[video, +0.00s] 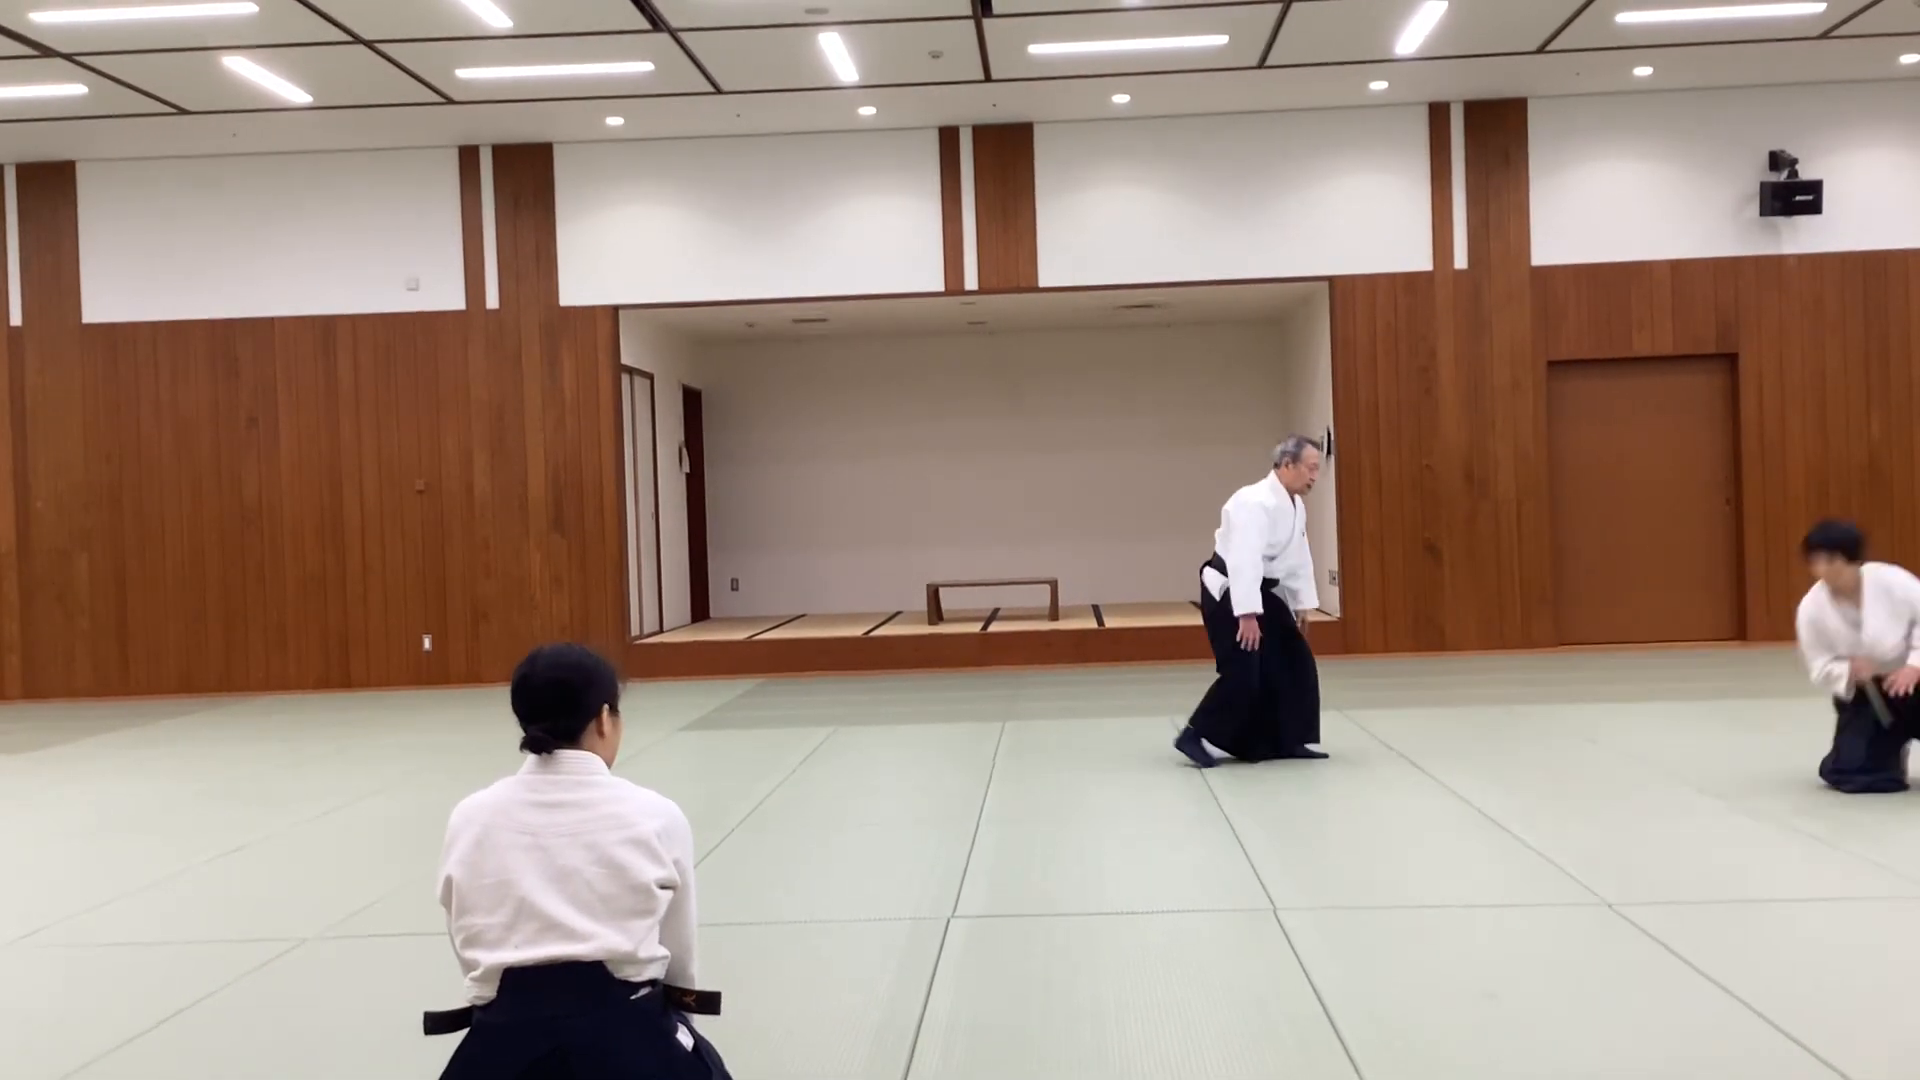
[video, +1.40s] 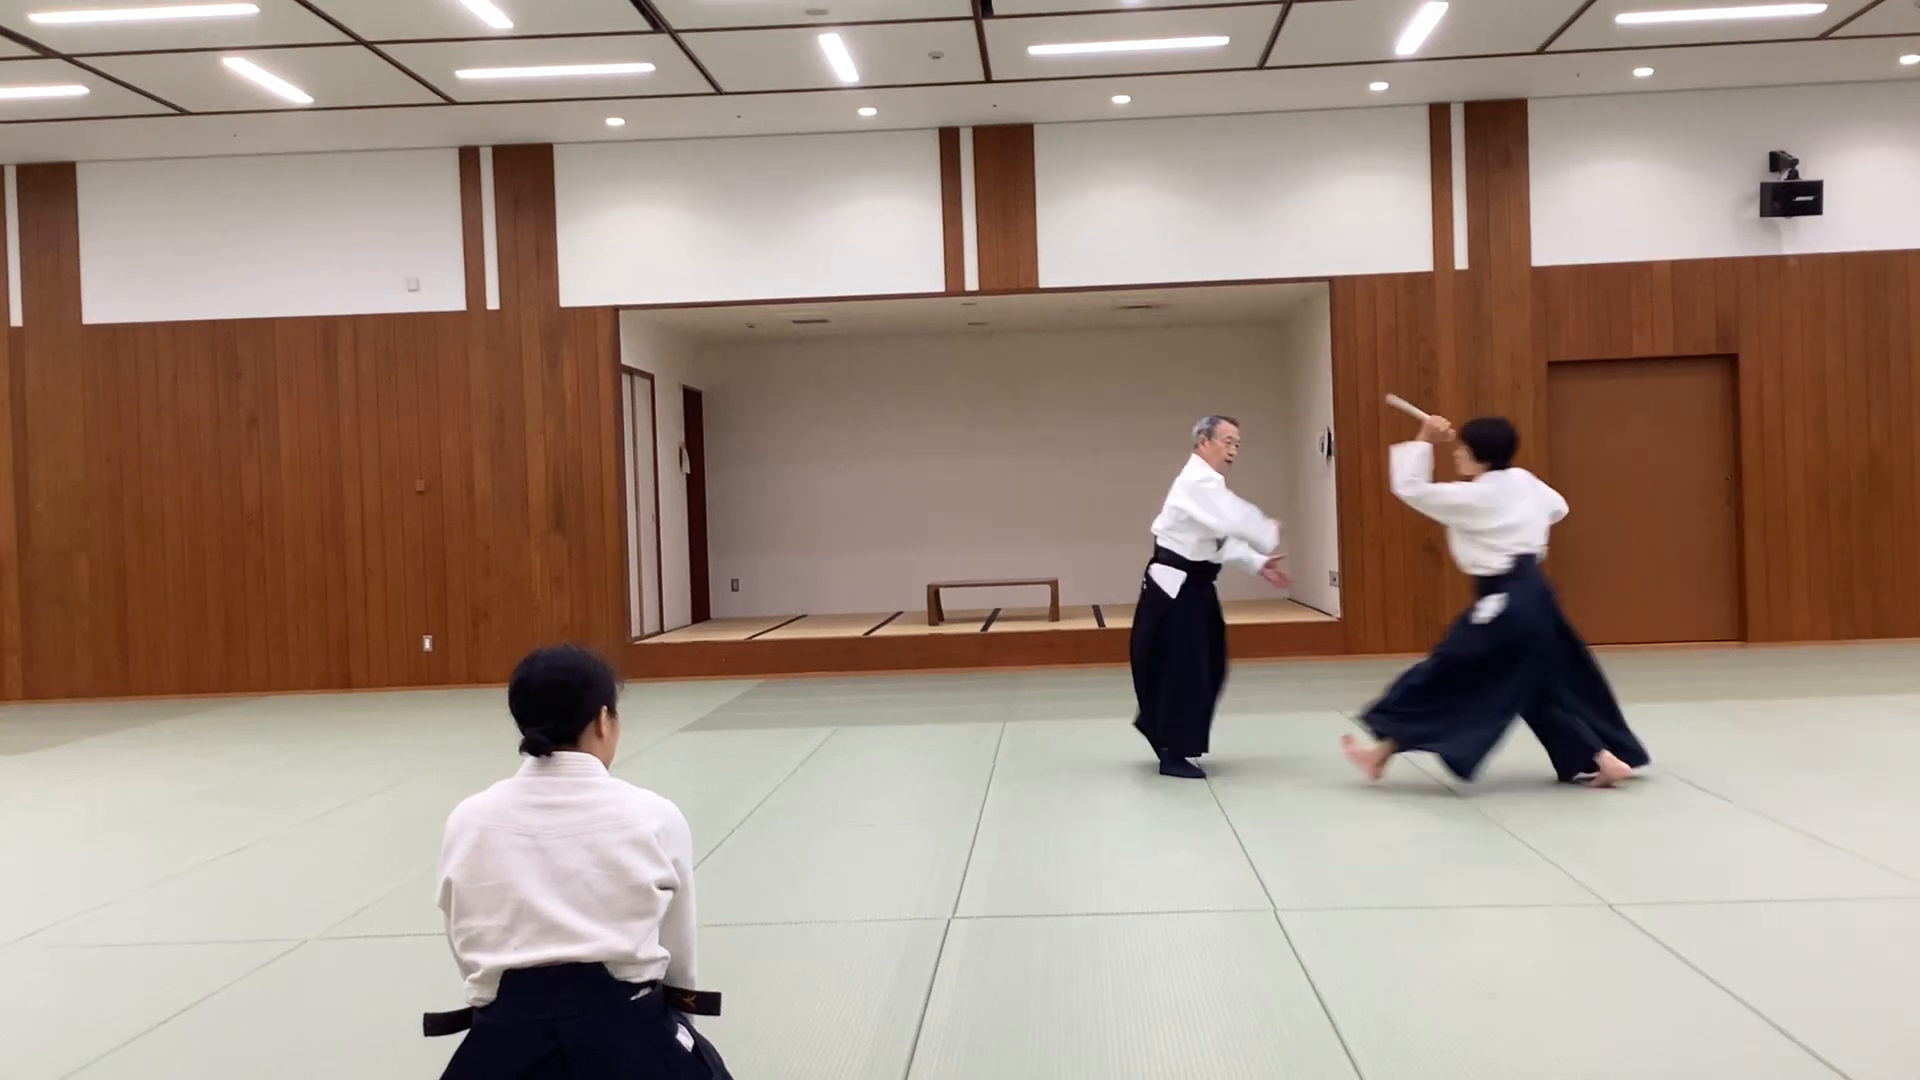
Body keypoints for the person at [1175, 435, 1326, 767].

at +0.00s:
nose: (1315, 476)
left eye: (1317, 469)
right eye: (1310, 467)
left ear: (1292, 468)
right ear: (1287, 465)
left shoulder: (1295, 505)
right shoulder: (1250, 501)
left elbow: (1297, 558)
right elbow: (1243, 559)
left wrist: (1301, 606)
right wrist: (1247, 611)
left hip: (1262, 589)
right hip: (1225, 588)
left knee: (1296, 659)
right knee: (1243, 666)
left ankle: (1289, 741)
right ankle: (1194, 736)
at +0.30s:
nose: (1276, 458)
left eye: (1278, 451)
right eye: (1271, 450)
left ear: (1250, 450)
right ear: (1247, 448)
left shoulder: (1243, 484)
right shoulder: (1231, 487)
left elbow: (1250, 546)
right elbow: (1247, 547)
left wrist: (1272, 595)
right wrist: (1277, 598)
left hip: (1220, 580)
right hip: (1202, 582)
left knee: (1244, 657)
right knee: (1222, 664)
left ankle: (1252, 738)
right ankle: (1217, 751)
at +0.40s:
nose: (1260, 454)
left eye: (1262, 447)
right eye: (1255, 446)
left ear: (1232, 448)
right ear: (1230, 445)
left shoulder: (1225, 480)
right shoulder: (1219, 485)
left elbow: (1243, 539)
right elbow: (1241, 541)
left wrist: (1276, 582)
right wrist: (1279, 586)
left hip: (1195, 580)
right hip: (1193, 584)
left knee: (1208, 662)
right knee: (1220, 663)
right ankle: (1215, 753)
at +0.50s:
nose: (1243, 453)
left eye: (1245, 446)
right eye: (1238, 446)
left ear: (1216, 448)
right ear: (1213, 446)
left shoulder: (1203, 478)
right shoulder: (1206, 486)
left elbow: (1227, 538)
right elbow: (1227, 542)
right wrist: (1270, 582)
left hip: (1174, 580)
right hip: (1185, 587)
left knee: (1173, 665)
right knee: (1216, 665)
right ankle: (1215, 753)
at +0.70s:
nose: (1209, 456)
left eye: (1210, 450)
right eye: (1203, 449)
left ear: (1180, 451)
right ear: (1179, 449)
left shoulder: (1166, 483)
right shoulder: (1179, 489)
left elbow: (1179, 550)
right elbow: (1198, 551)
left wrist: (1198, 599)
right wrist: (1235, 598)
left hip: (1142, 586)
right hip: (1161, 590)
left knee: (1133, 665)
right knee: (1200, 666)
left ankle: (1106, 745)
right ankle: (1214, 752)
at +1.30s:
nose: (1223, 454)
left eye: (1225, 447)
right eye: (1218, 445)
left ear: (1195, 448)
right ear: (1192, 445)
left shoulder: (1179, 478)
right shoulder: (1194, 486)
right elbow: (1208, 547)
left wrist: (1204, 574)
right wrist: (1225, 584)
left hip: (1152, 577)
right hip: (1170, 586)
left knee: (1148, 660)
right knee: (1183, 669)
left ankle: (1121, 730)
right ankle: (1171, 755)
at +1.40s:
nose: (1234, 451)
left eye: (1237, 444)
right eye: (1228, 442)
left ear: (1211, 445)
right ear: (1204, 443)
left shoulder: (1208, 482)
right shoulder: (1196, 478)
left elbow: (1220, 539)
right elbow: (1229, 515)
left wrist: (1259, 563)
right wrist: (1268, 531)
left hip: (1196, 583)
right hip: (1176, 583)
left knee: (1208, 664)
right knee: (1183, 664)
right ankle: (1173, 755)